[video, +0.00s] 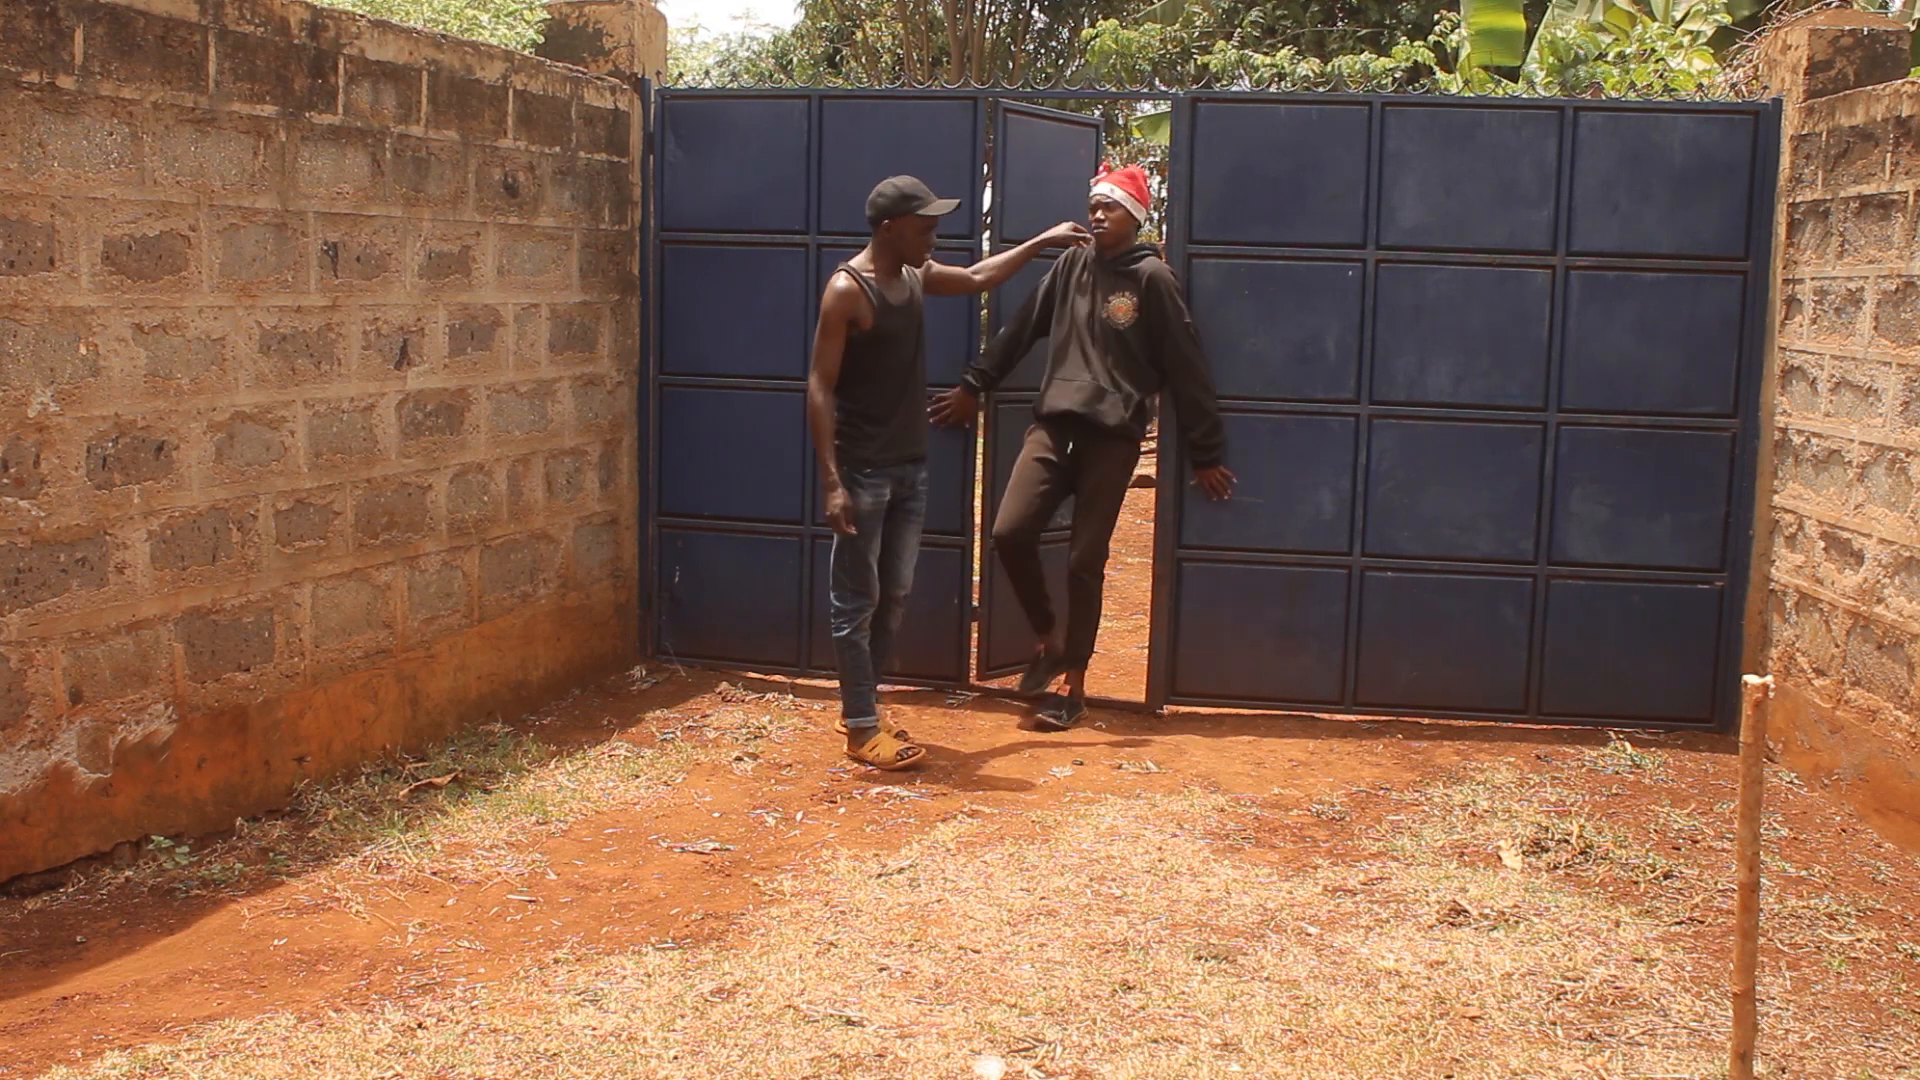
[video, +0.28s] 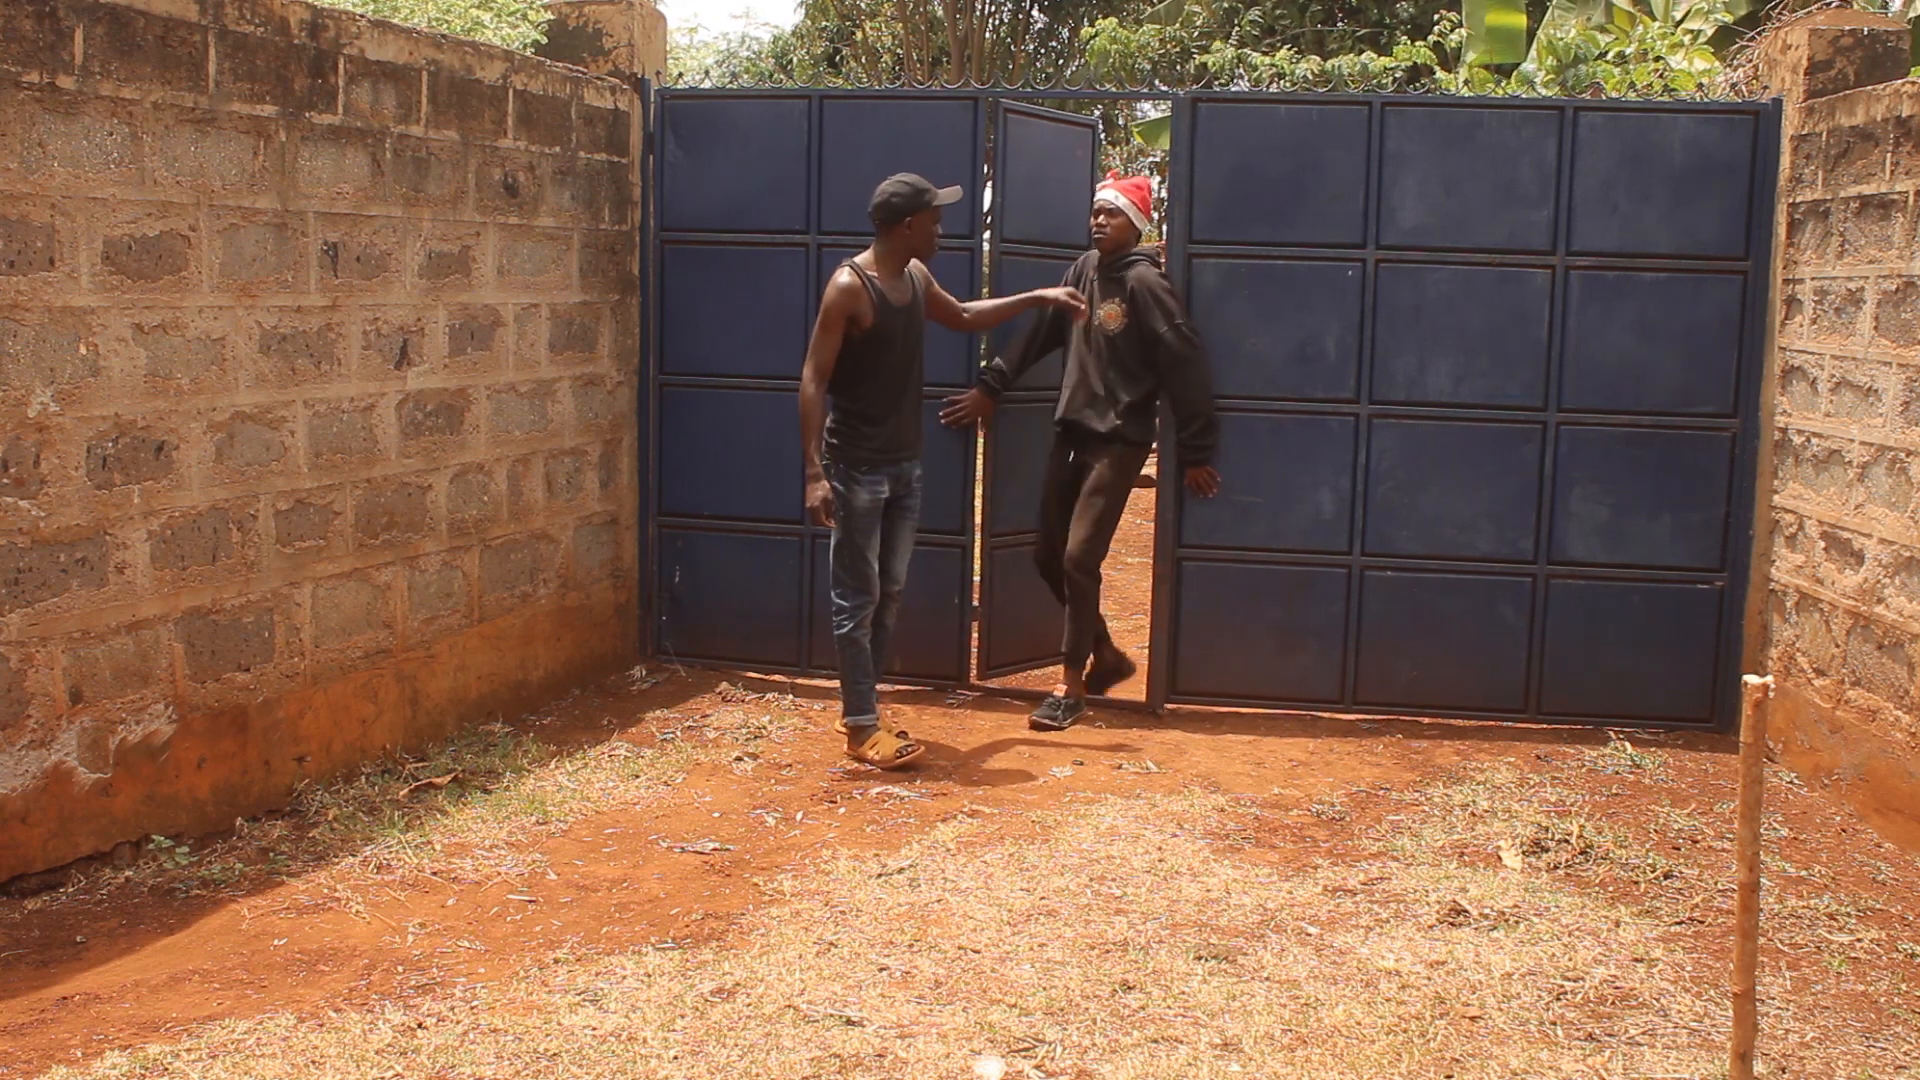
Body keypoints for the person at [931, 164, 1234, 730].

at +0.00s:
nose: (1097, 217)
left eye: (1111, 209)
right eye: (1095, 206)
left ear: (1138, 218)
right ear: (1088, 211)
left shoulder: (1151, 277)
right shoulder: (1070, 263)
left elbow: (1187, 368)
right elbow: (1021, 329)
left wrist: (1205, 454)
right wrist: (973, 385)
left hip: (1112, 433)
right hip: (1053, 424)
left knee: (1085, 559)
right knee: (1009, 534)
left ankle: (1073, 690)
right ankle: (1050, 641)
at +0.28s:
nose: (1098, 221)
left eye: (1111, 215)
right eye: (1096, 212)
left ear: (1138, 226)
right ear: (1092, 219)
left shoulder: (1145, 281)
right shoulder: (1084, 268)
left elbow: (1186, 364)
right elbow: (1040, 332)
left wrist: (1195, 452)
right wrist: (990, 386)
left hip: (1121, 438)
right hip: (1073, 432)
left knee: (1080, 557)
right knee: (1051, 556)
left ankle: (1070, 693)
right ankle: (1109, 657)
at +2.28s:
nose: (1088, 223)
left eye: (1102, 216)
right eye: (1086, 212)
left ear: (1128, 230)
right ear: (1079, 218)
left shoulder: (1148, 291)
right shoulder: (1062, 269)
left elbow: (1181, 376)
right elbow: (1036, 341)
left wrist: (1172, 455)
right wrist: (997, 395)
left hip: (1110, 451)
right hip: (1054, 444)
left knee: (1081, 569)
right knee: (1043, 565)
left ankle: (1074, 693)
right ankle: (1099, 648)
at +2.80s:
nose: (1093, 208)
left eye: (1105, 199)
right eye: (1088, 198)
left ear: (1133, 207)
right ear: (1082, 204)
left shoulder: (1157, 280)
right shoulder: (1058, 256)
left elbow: (1168, 374)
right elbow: (1007, 305)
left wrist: (1166, 456)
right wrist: (1005, 318)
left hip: (1100, 441)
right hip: (1036, 430)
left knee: (1085, 565)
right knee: (1008, 555)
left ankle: (1076, 688)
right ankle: (1021, 671)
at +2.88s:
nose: (1088, 209)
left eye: (1099, 199)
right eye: (1082, 200)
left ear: (1128, 204)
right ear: (1075, 205)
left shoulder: (1153, 277)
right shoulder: (1051, 258)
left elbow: (1166, 370)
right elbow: (993, 313)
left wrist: (1166, 454)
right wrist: (1004, 259)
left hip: (1099, 440)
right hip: (1034, 431)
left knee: (1086, 567)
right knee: (1015, 559)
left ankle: (1076, 688)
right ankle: (1001, 685)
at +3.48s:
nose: (1075, 210)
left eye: (1088, 201)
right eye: (1068, 199)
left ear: (1110, 209)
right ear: (1058, 203)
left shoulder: (1125, 281)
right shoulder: (1028, 254)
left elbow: (1145, 375)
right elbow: (976, 325)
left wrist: (1163, 454)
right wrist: (1022, 327)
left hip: (1080, 444)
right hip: (1013, 438)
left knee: (1074, 567)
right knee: (1004, 567)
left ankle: (1075, 690)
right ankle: (993, 692)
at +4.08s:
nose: (1088, 223)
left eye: (1101, 215)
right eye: (1084, 212)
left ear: (1129, 220)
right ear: (1077, 212)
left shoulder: (1149, 285)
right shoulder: (1054, 257)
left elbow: (1153, 378)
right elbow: (1003, 308)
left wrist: (1160, 459)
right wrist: (1002, 355)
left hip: (1087, 439)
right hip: (1022, 425)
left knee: (1075, 567)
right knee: (996, 555)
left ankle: (1074, 687)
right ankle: (997, 679)